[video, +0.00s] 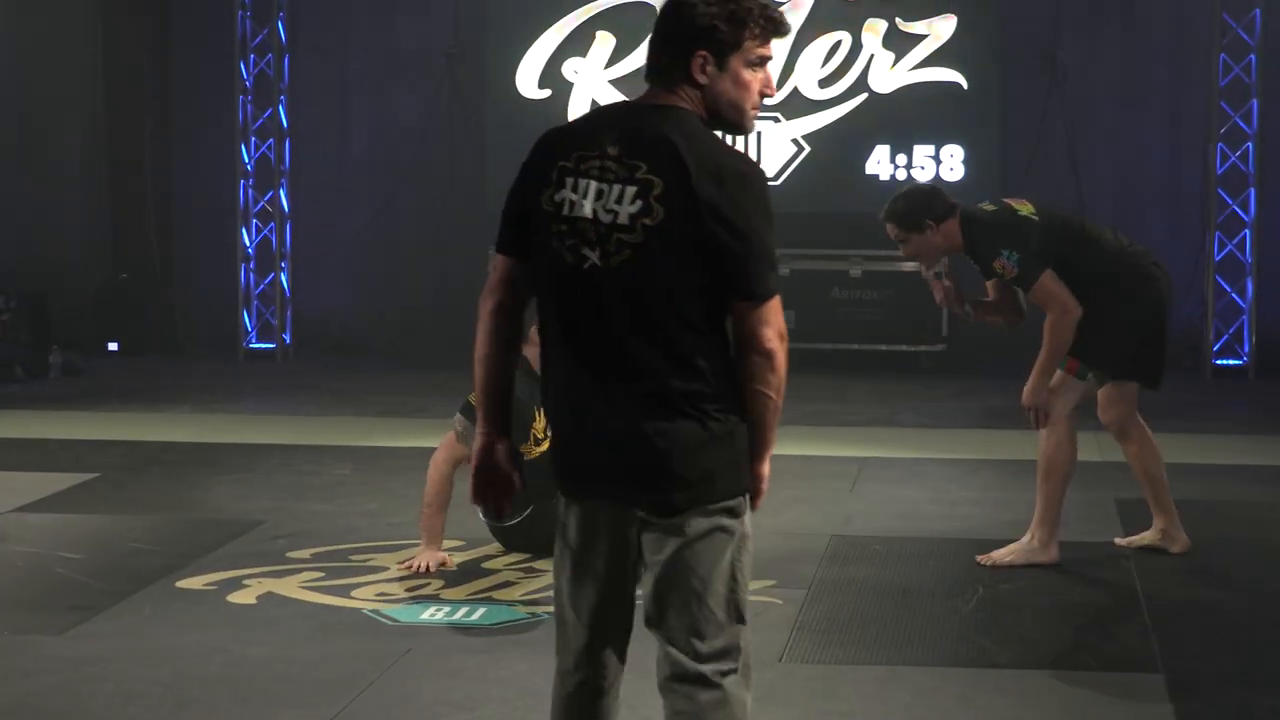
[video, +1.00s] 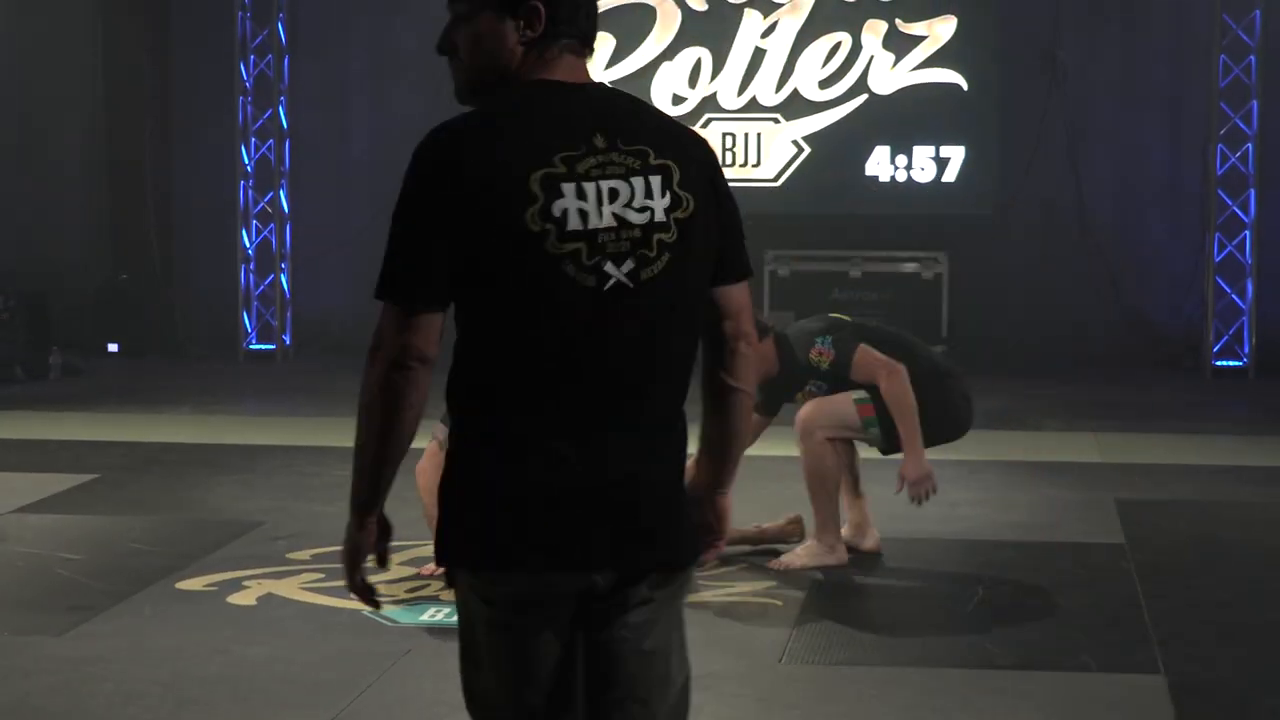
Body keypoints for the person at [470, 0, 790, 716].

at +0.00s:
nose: (766, 84)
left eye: (768, 66)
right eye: (756, 65)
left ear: (670, 67)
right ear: (702, 66)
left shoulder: (556, 150)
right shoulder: (728, 177)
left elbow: (502, 298)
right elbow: (762, 338)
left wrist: (492, 430)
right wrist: (760, 452)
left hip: (583, 442)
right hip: (694, 449)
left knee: (584, 664)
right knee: (703, 671)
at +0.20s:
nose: (793, 71)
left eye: (795, 50)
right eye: (783, 49)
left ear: (701, 49)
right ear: (728, 49)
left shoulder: (570, 135)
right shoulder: (759, 162)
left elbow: (538, 306)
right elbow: (799, 335)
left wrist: (556, 418)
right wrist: (808, 466)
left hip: (595, 444)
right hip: (711, 456)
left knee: (587, 683)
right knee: (708, 696)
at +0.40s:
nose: (761, 64)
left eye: (763, 45)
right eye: (759, 45)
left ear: (654, 41)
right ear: (726, 48)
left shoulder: (551, 148)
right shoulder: (750, 172)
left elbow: (532, 325)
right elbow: (805, 349)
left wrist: (609, 371)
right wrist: (849, 485)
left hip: (589, 481)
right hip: (717, 489)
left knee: (589, 701)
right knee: (724, 705)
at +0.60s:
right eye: (693, 51)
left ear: (594, 49)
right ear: (689, 63)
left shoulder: (505, 165)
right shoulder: (722, 176)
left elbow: (491, 348)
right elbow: (771, 358)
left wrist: (572, 403)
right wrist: (830, 512)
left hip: (556, 504)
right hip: (688, 506)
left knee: (581, 710)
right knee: (718, 707)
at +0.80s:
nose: (499, 51)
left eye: (509, 29)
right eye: (503, 30)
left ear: (545, 32)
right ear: (625, 39)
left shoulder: (463, 165)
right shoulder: (702, 156)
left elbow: (433, 367)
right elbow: (753, 348)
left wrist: (451, 511)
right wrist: (773, 500)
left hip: (524, 501)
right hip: (662, 503)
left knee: (554, 709)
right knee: (680, 709)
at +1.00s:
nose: (443, 47)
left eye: (459, 23)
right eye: (447, 27)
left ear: (527, 22)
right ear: (578, 32)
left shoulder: (458, 151)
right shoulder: (684, 148)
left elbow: (409, 349)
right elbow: (737, 336)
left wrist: (368, 503)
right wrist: (712, 482)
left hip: (508, 507)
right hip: (646, 502)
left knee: (517, 704)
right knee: (646, 705)